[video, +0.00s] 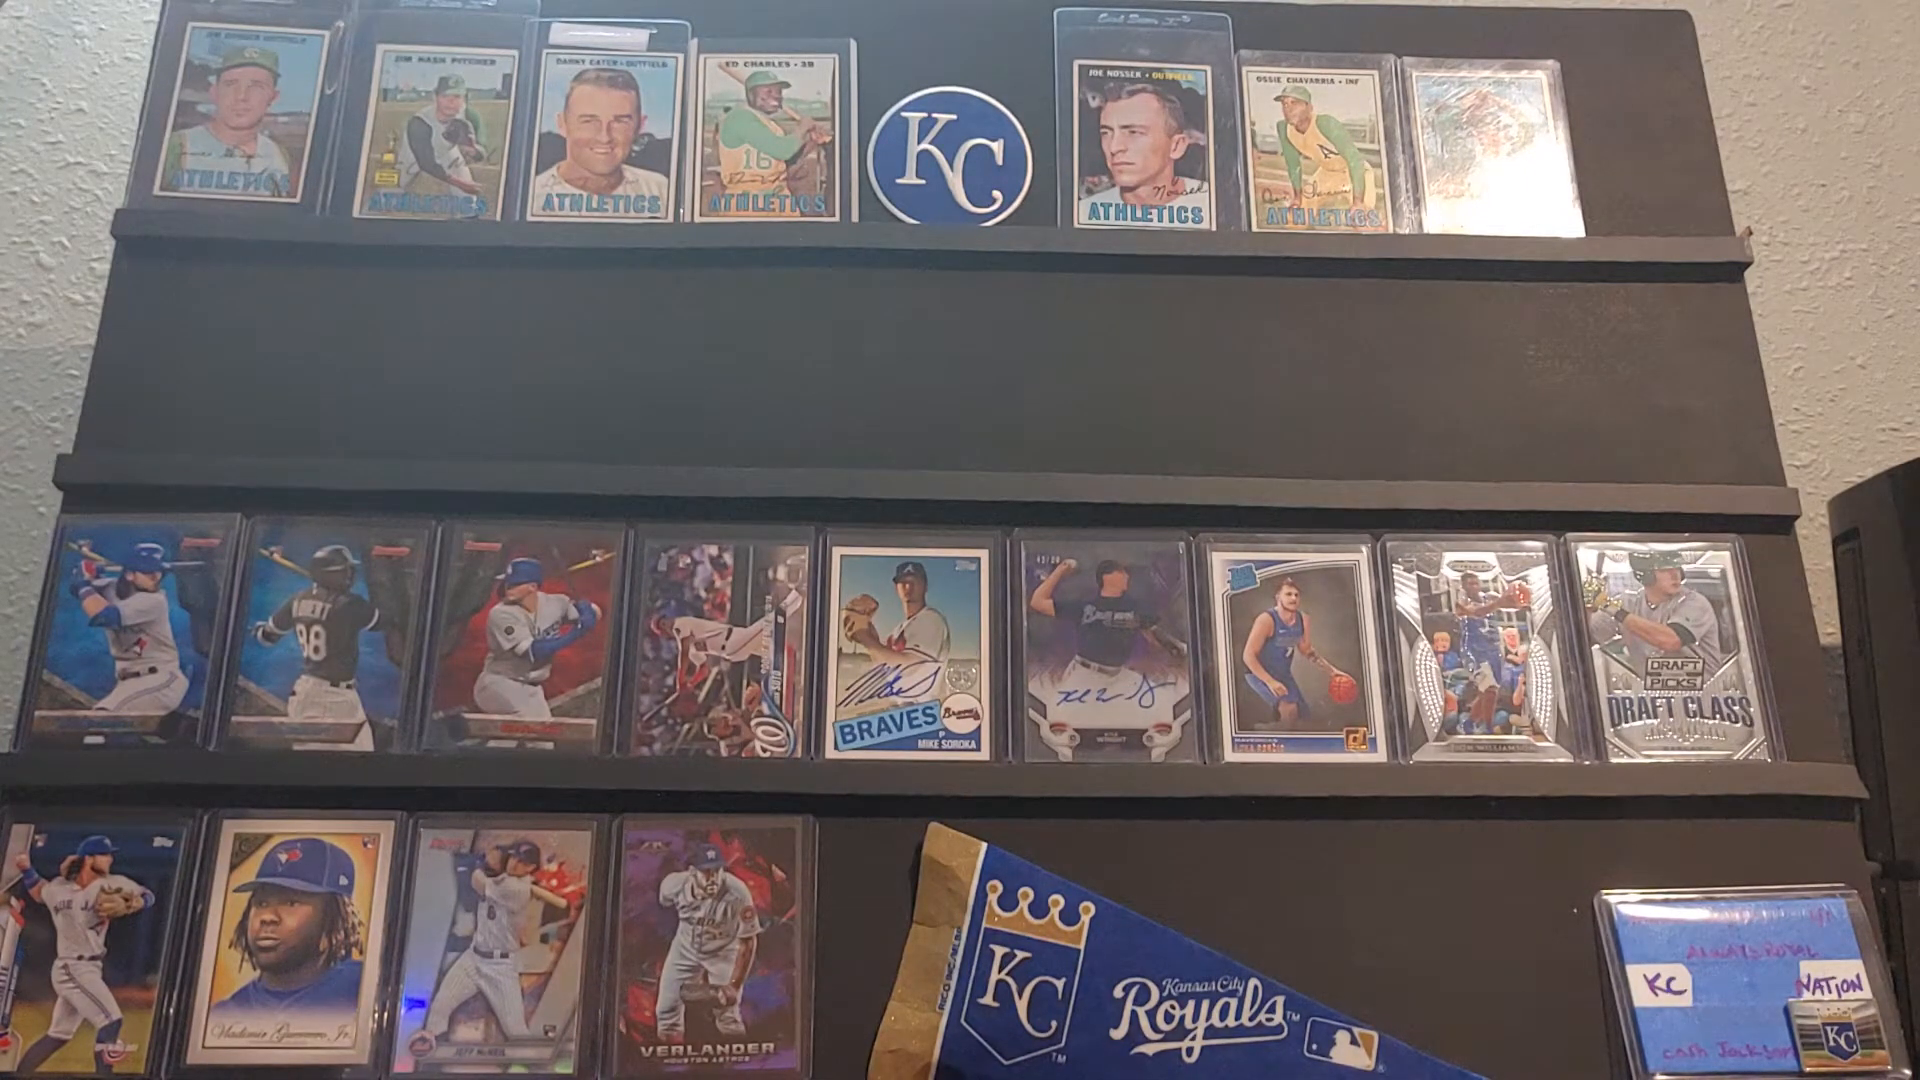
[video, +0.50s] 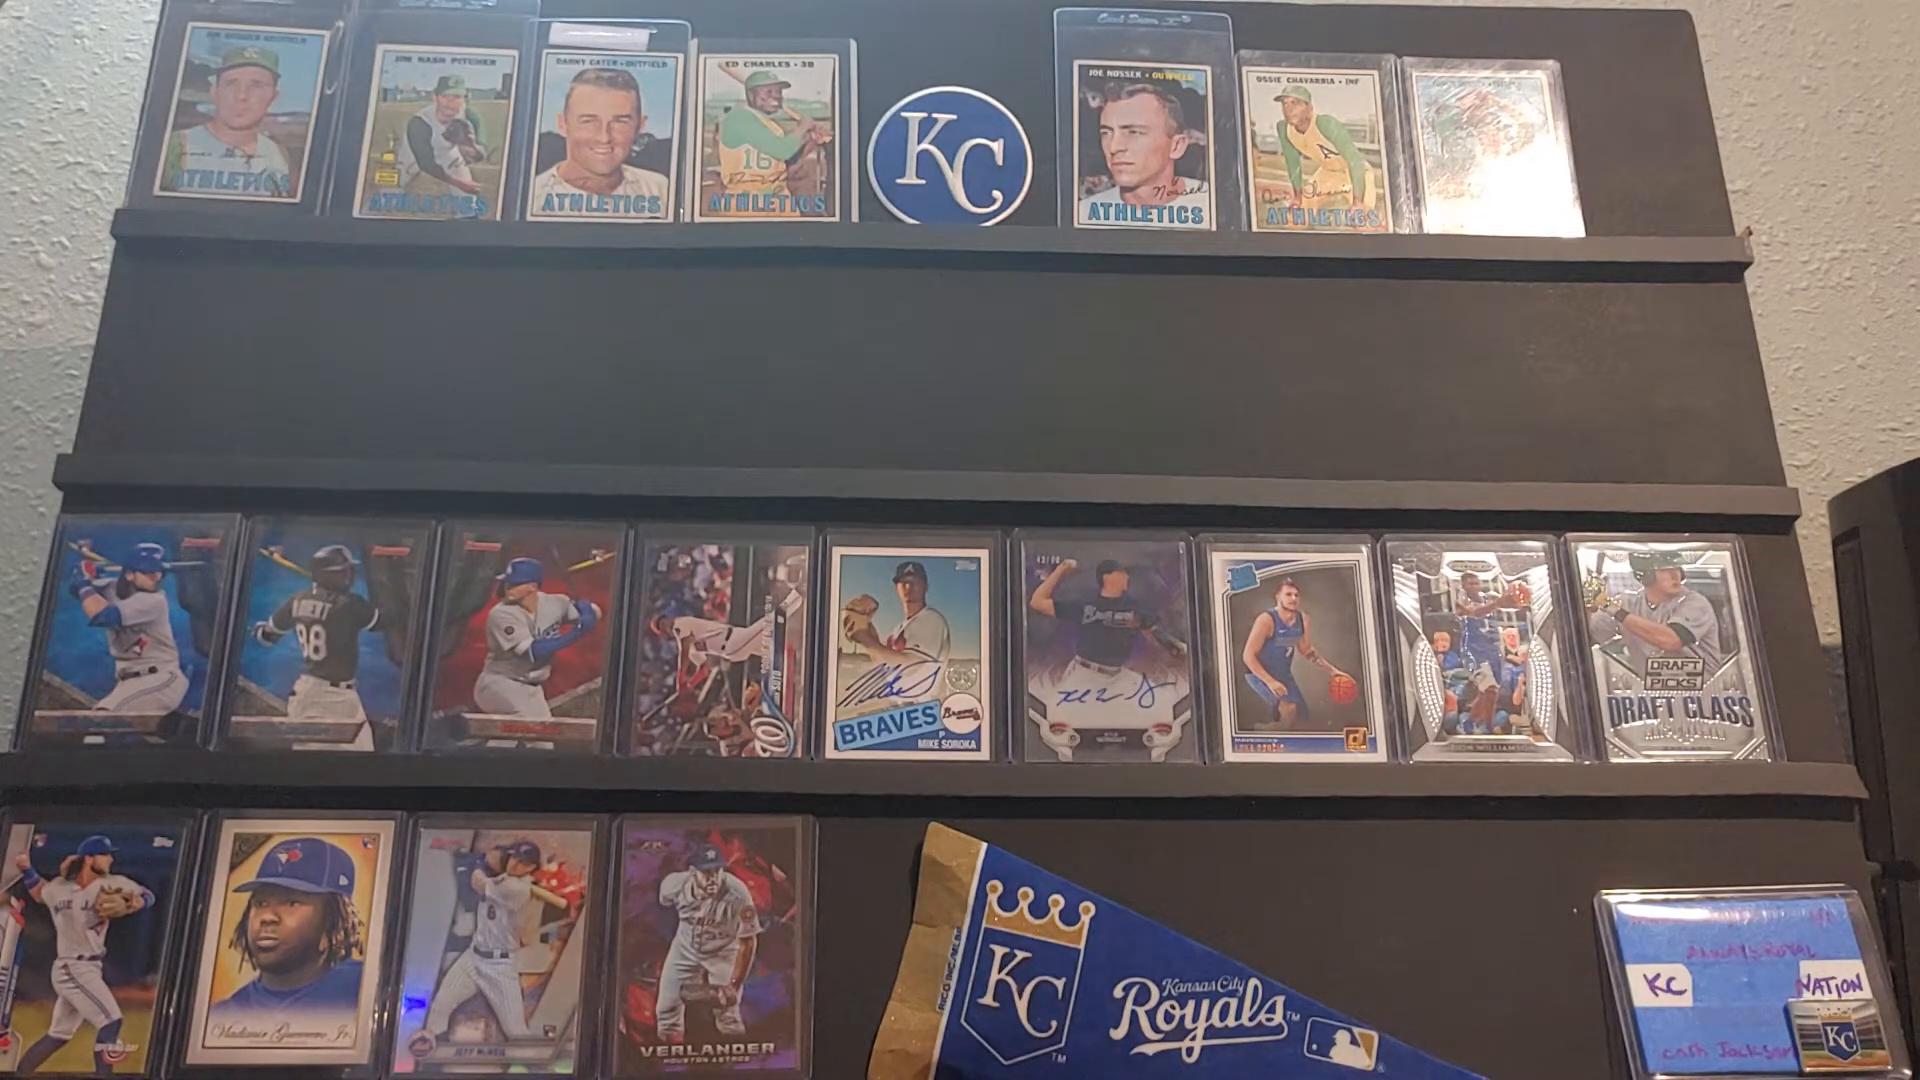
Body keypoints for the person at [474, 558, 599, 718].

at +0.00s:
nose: (507, 588)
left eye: (514, 584)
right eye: (507, 584)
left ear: (532, 587)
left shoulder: (555, 603)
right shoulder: (500, 614)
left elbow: (580, 607)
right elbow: (532, 651)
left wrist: (587, 614)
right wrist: (575, 633)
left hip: (531, 687)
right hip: (497, 683)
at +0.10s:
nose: (507, 588)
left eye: (514, 584)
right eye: (507, 584)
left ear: (532, 587)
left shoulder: (556, 603)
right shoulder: (500, 614)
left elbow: (581, 607)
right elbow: (532, 651)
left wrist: (588, 614)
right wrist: (575, 633)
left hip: (531, 687)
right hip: (497, 683)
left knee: (545, 733)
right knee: (529, 717)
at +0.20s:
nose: (507, 588)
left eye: (514, 584)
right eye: (507, 584)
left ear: (532, 587)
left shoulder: (556, 603)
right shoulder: (500, 614)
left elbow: (579, 607)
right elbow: (532, 651)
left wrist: (587, 613)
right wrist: (575, 633)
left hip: (531, 687)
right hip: (497, 683)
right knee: (530, 715)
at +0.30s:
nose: (507, 588)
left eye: (514, 584)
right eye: (507, 583)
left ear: (532, 587)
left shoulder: (555, 603)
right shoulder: (500, 614)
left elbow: (581, 607)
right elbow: (532, 651)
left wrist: (587, 614)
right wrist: (575, 633)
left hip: (531, 687)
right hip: (496, 683)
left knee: (545, 731)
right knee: (528, 716)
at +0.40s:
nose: (507, 588)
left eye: (514, 584)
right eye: (507, 583)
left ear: (532, 587)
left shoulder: (555, 603)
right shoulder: (500, 614)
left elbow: (580, 607)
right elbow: (532, 651)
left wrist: (588, 614)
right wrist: (576, 633)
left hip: (531, 687)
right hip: (496, 683)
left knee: (545, 732)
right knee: (529, 715)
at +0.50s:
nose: (507, 588)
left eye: (514, 584)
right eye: (507, 583)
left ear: (532, 587)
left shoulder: (554, 603)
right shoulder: (500, 614)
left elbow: (581, 606)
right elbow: (532, 651)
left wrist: (588, 615)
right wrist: (575, 634)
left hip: (531, 687)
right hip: (496, 683)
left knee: (546, 733)